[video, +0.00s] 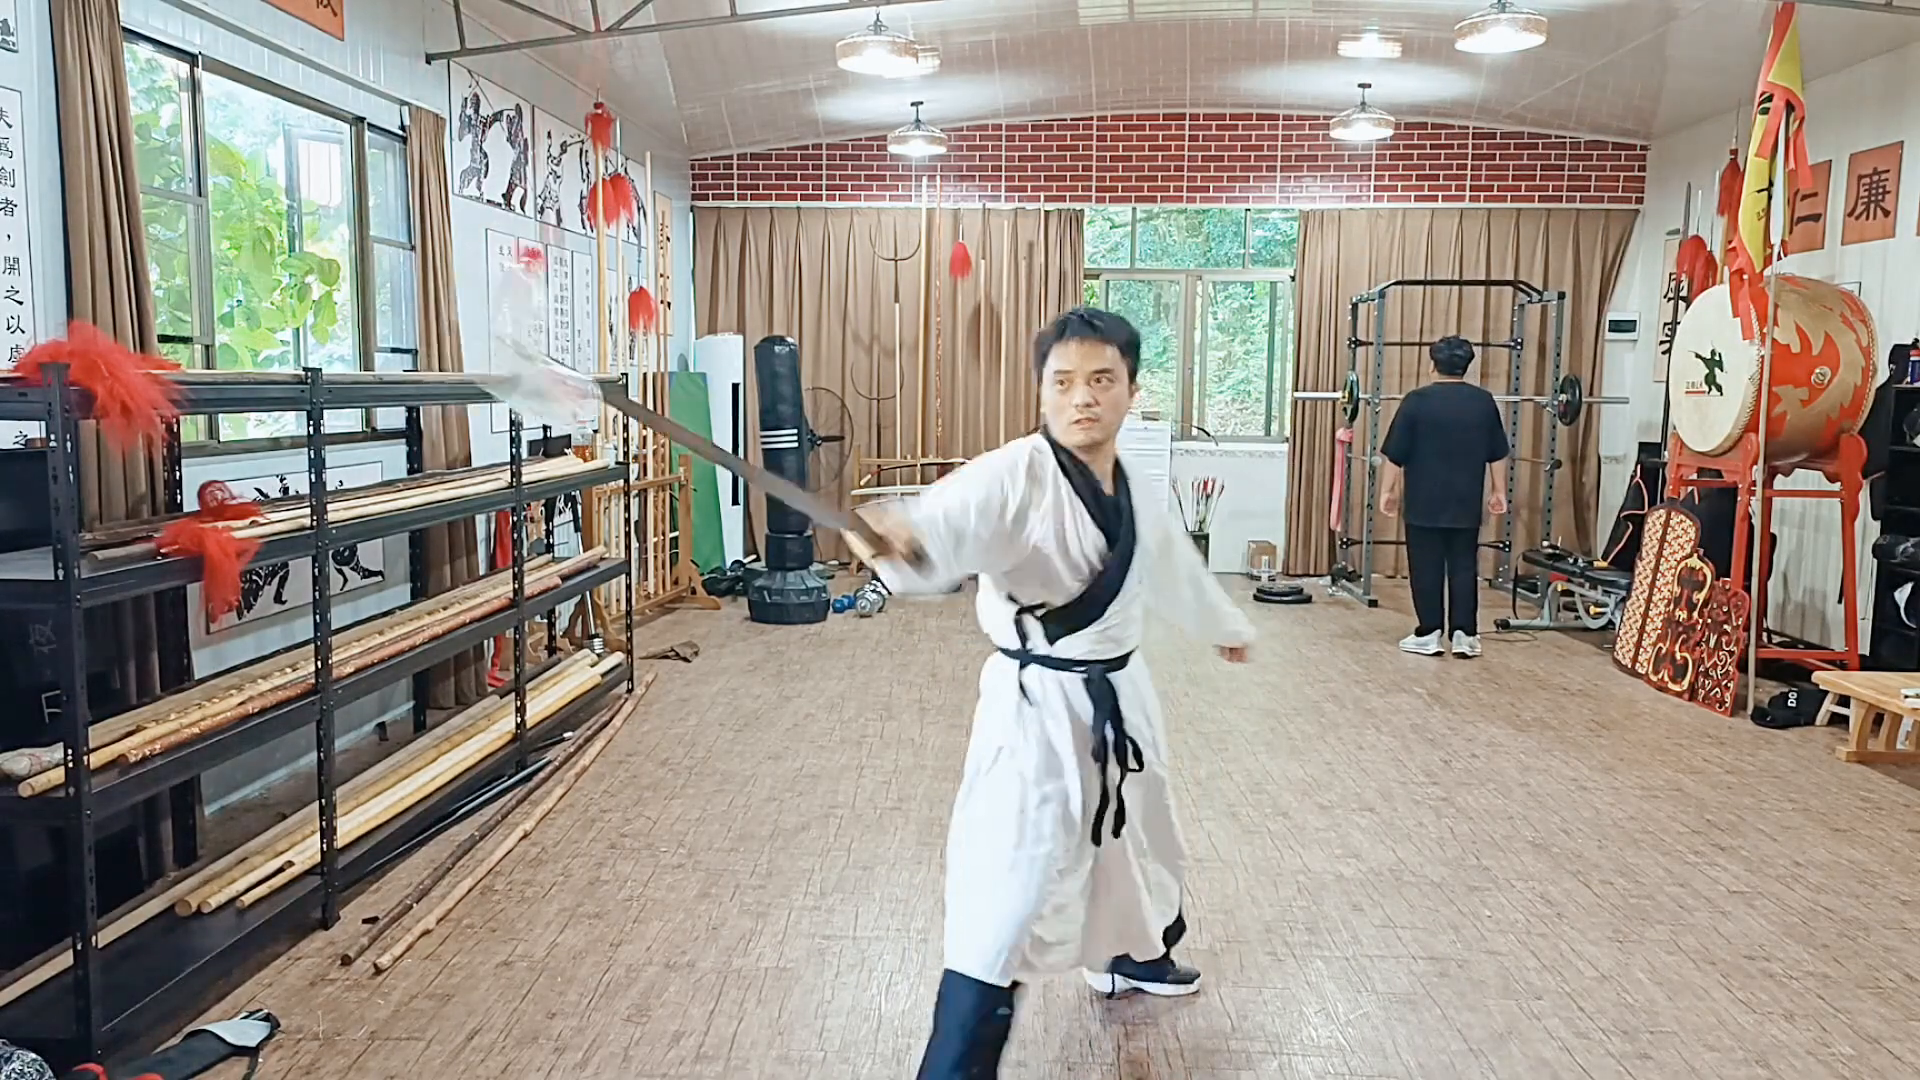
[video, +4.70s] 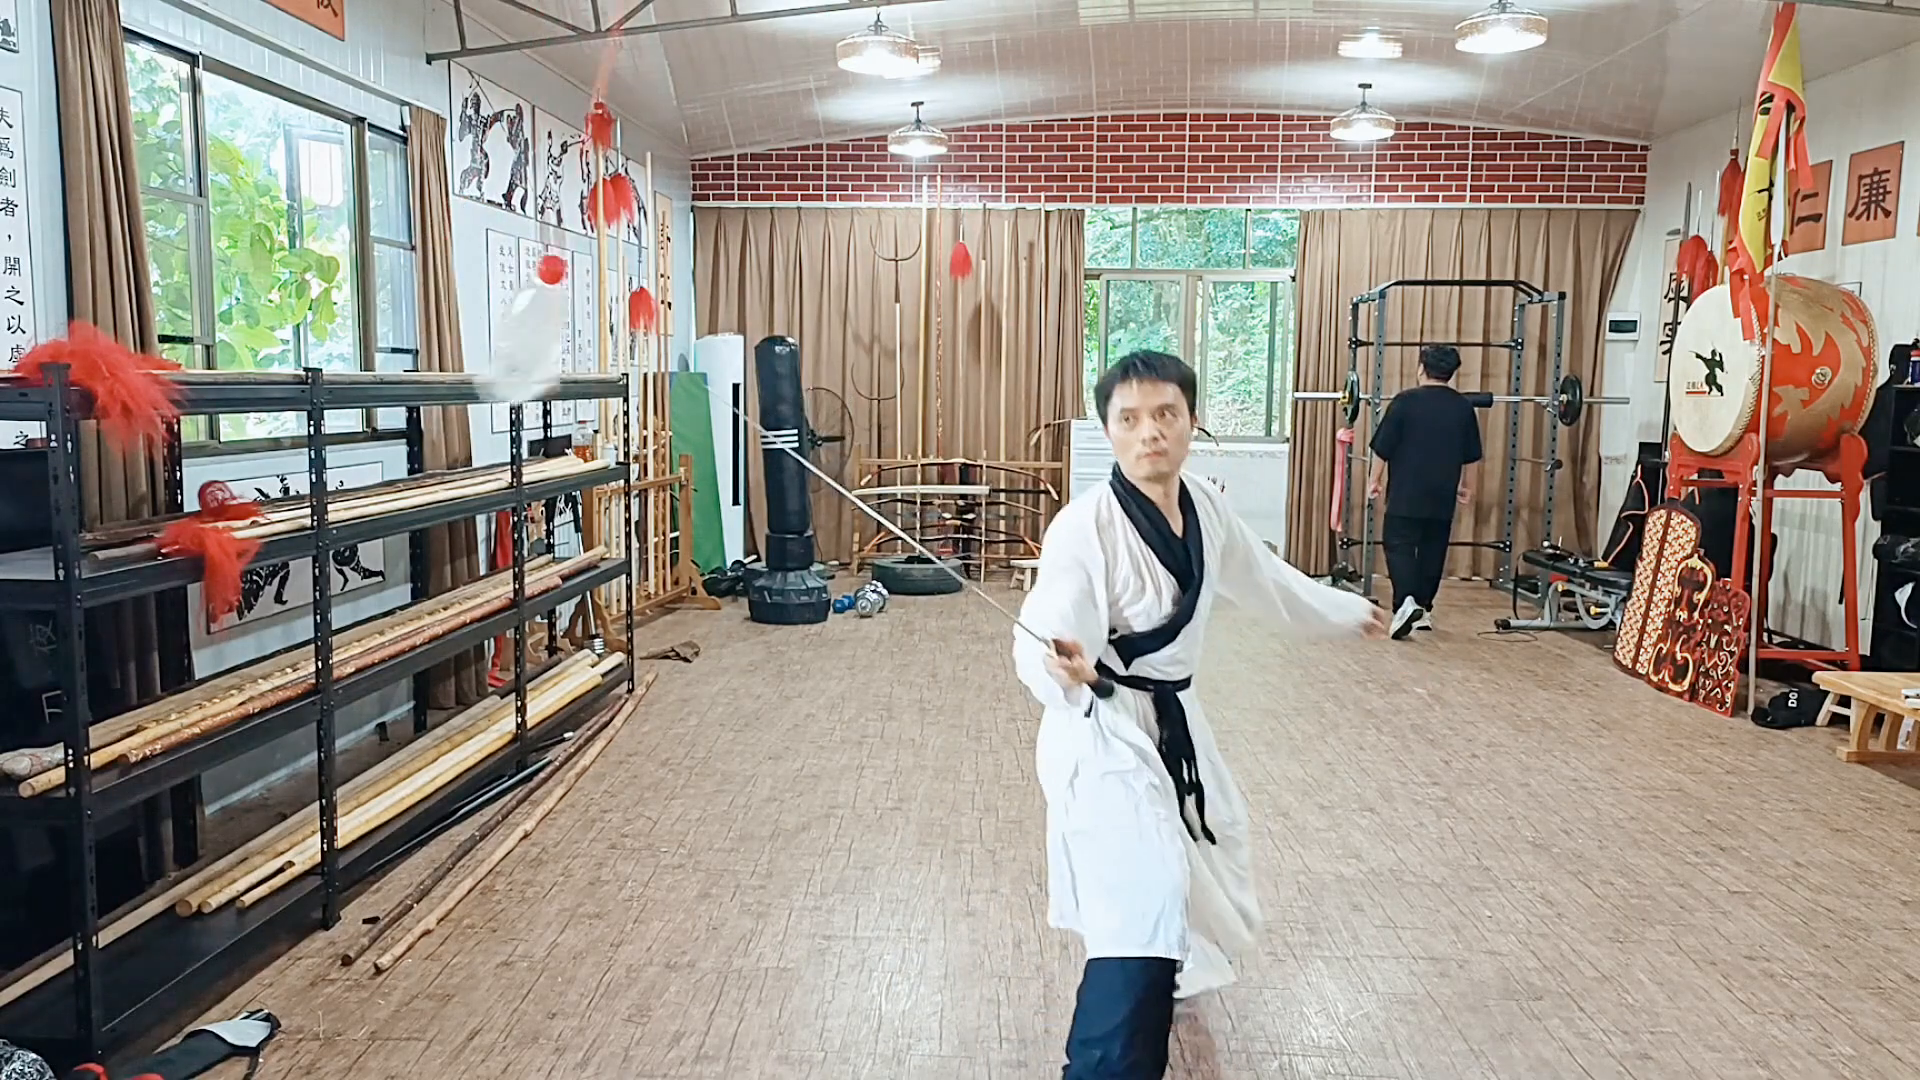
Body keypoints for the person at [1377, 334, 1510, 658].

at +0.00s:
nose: (1429, 365)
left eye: (1432, 361)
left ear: (1434, 365)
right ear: (1466, 367)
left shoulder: (1417, 400)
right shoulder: (1482, 400)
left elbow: (1395, 453)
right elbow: (1497, 452)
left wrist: (1387, 489)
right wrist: (1499, 490)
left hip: (1423, 504)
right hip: (1466, 505)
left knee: (1425, 568)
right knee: (1464, 567)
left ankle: (1428, 634)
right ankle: (1464, 635)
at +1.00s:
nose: (1438, 368)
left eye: (1440, 364)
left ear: (1442, 368)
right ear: (1475, 369)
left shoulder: (1425, 404)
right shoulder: (1490, 405)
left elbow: (1402, 456)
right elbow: (1503, 456)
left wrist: (1394, 493)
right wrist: (1507, 494)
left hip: (1430, 508)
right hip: (1474, 508)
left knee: (1429, 571)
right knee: (1476, 570)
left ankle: (1429, 634)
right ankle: (1486, 635)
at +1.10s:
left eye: (1444, 367)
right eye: (1488, 369)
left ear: (1448, 370)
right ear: (1483, 372)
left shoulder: (1430, 404)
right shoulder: (1495, 404)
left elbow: (1409, 457)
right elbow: (1509, 456)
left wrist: (1400, 495)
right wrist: (1510, 493)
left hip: (1434, 506)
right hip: (1478, 507)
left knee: (1432, 572)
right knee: (1480, 570)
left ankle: (1429, 634)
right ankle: (1486, 636)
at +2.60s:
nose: (1442, 370)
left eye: (1444, 366)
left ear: (1445, 369)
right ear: (1477, 371)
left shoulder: (1430, 404)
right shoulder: (1492, 405)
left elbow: (1408, 455)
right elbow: (1506, 455)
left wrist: (1401, 488)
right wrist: (1504, 491)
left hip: (1433, 505)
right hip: (1475, 506)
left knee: (1428, 568)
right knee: (1476, 568)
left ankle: (1423, 626)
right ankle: (1485, 633)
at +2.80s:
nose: (1429, 370)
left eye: (1430, 366)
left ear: (1431, 369)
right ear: (1463, 370)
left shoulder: (1414, 405)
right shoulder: (1478, 406)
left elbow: (1390, 456)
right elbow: (1491, 457)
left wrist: (1384, 487)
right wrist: (1488, 492)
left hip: (1418, 507)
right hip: (1459, 507)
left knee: (1417, 568)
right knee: (1460, 560)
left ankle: (1422, 626)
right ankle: (1476, 617)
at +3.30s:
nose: (1409, 369)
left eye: (1410, 366)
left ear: (1411, 369)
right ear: (1442, 369)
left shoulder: (1399, 406)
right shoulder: (1459, 404)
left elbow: (1377, 456)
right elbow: (1474, 452)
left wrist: (1367, 491)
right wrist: (1474, 486)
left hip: (1407, 502)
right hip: (1445, 501)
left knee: (1411, 561)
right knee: (1437, 556)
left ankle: (1421, 625)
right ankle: (1429, 613)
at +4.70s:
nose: (1417, 370)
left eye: (1419, 366)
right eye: (1420, 366)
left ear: (1423, 369)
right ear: (1453, 373)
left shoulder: (1405, 401)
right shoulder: (1463, 406)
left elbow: (1383, 447)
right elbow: (1471, 455)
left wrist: (1375, 478)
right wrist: (1468, 485)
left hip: (1406, 493)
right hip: (1442, 495)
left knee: (1397, 546)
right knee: (1434, 550)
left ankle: (1405, 603)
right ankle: (1423, 610)